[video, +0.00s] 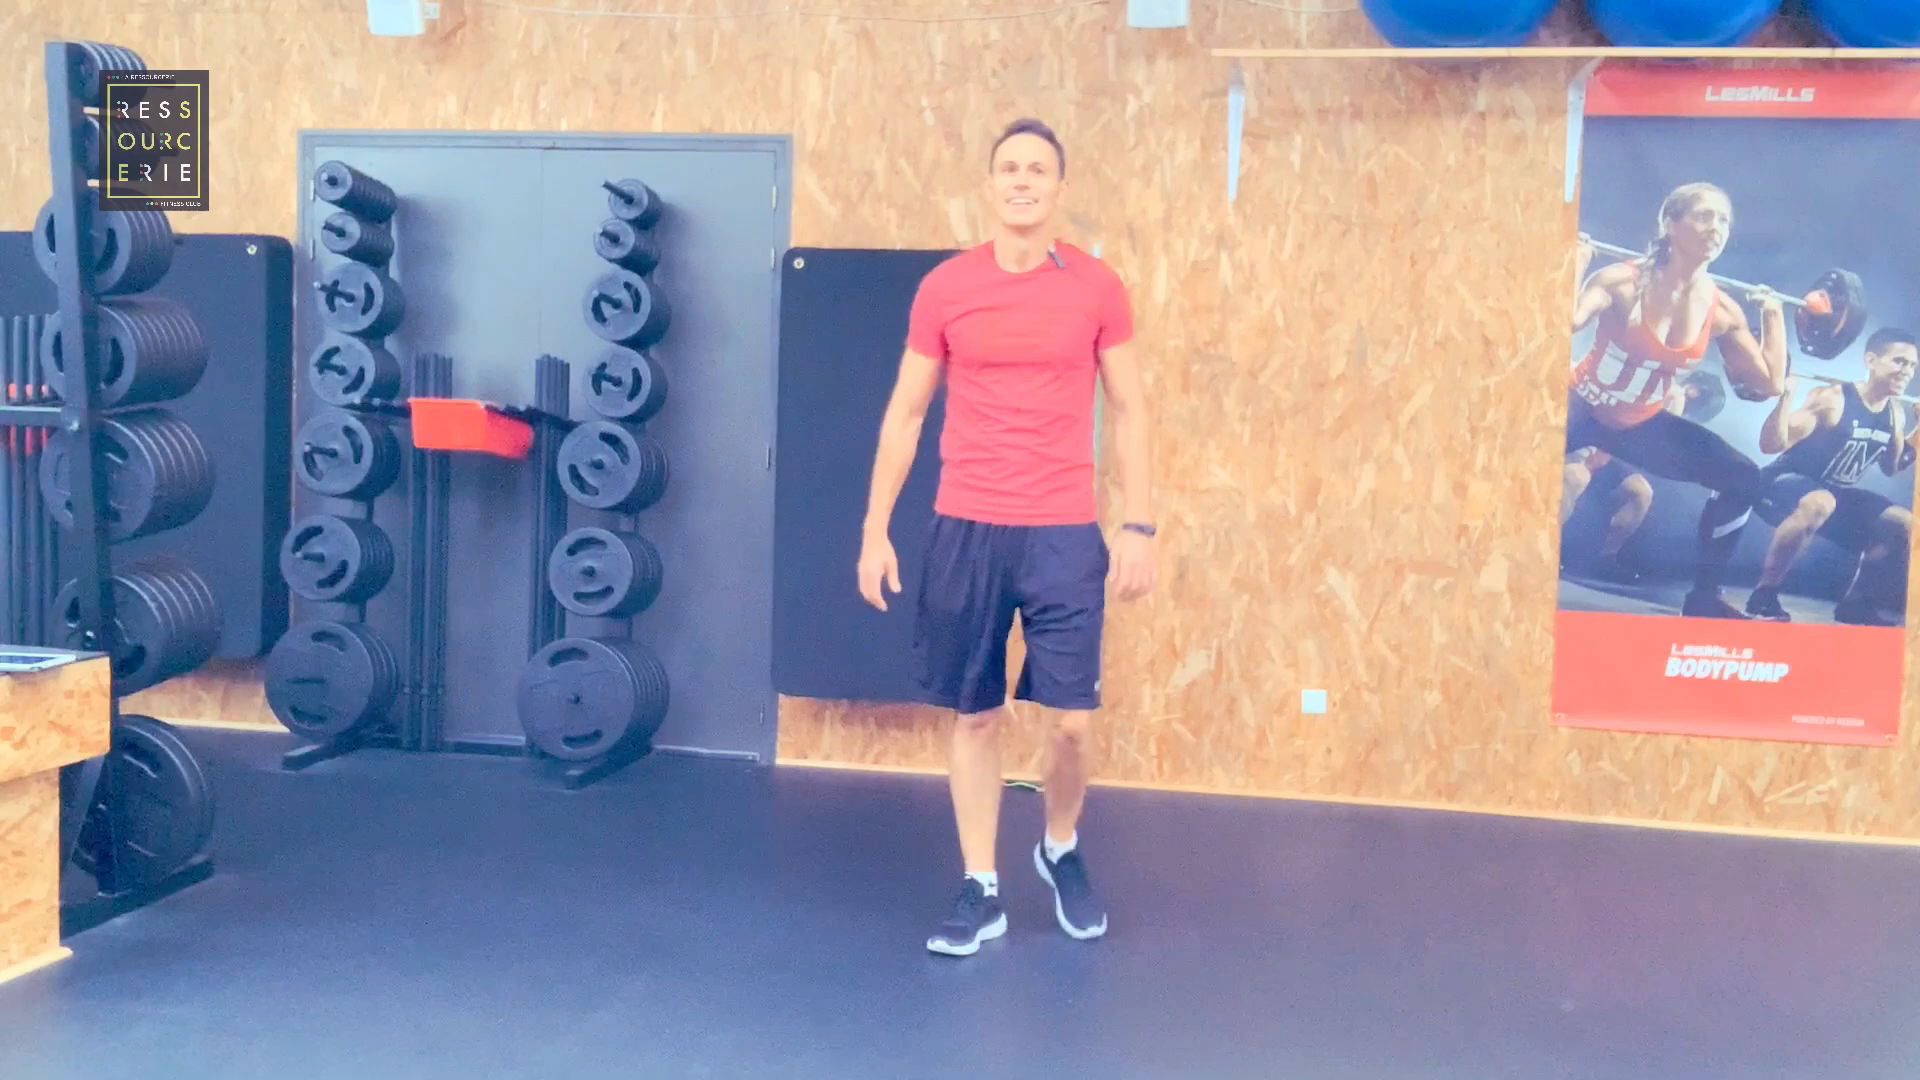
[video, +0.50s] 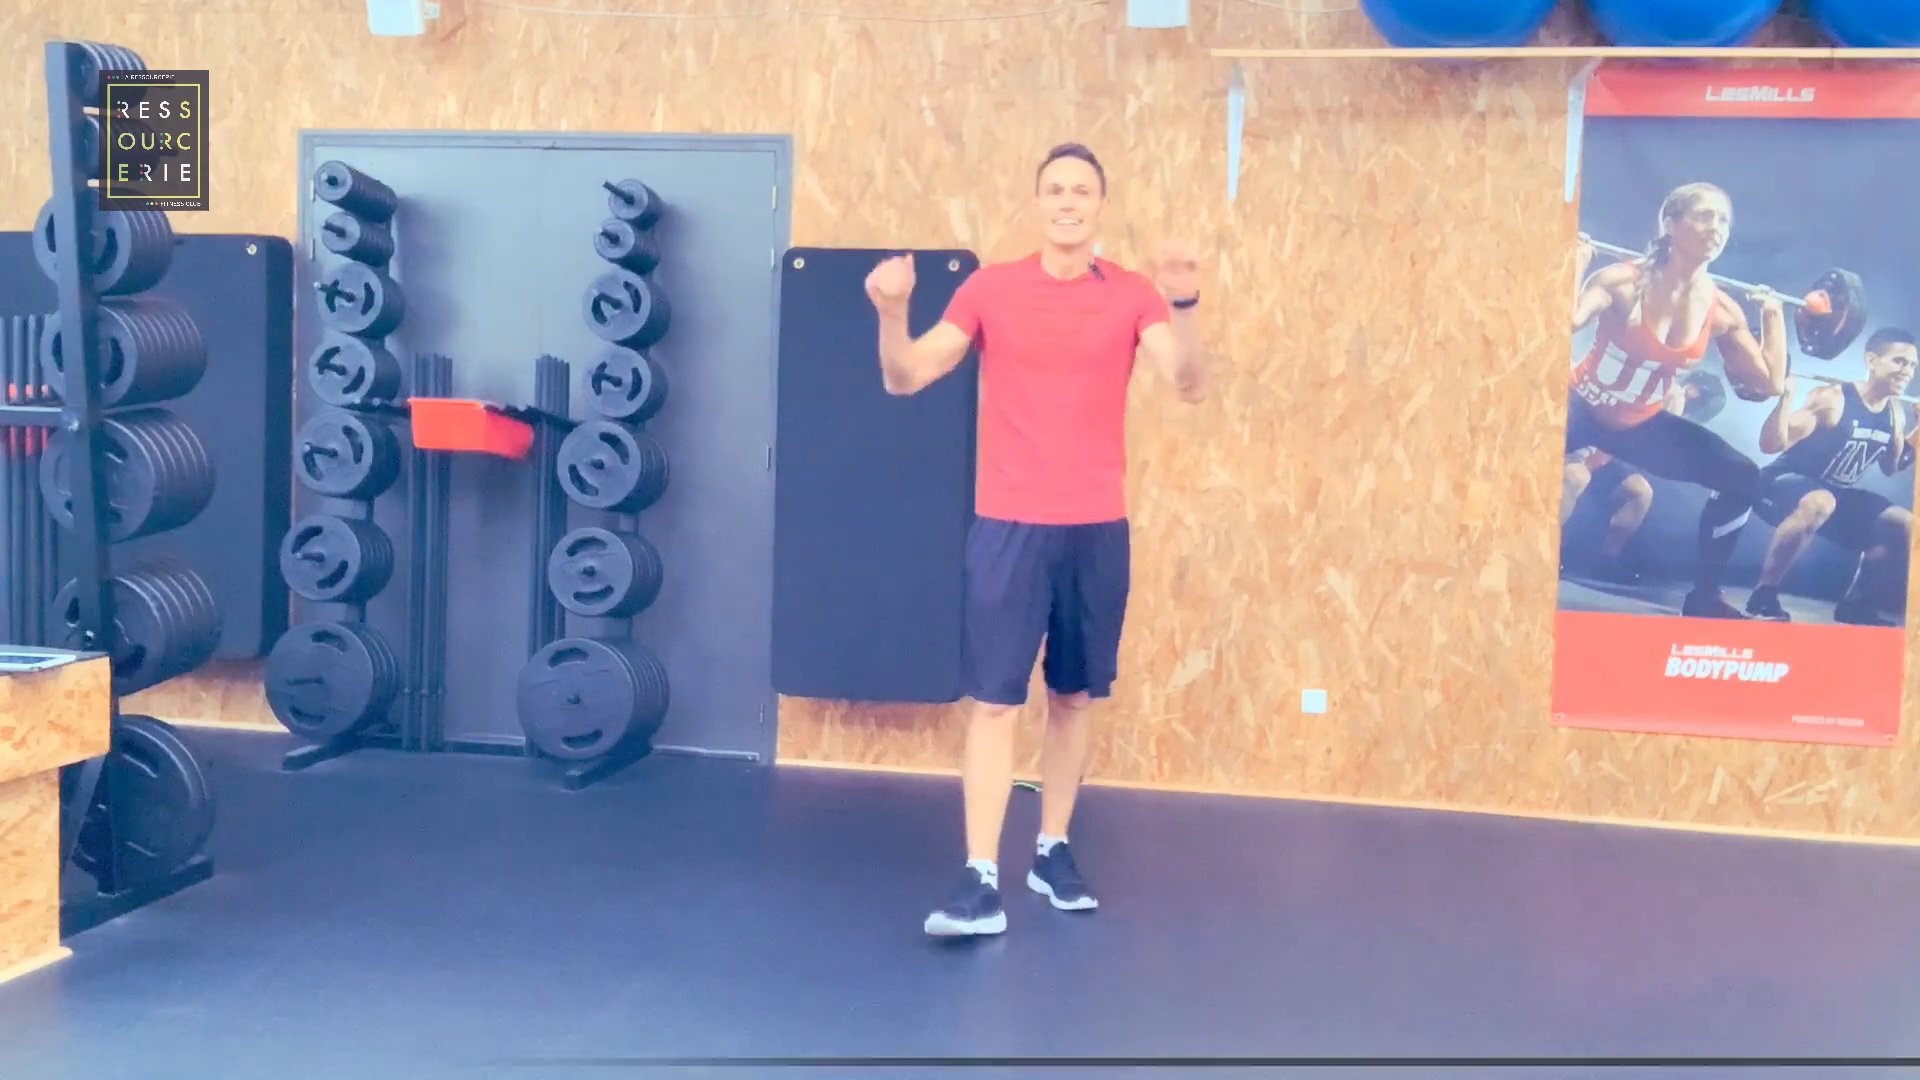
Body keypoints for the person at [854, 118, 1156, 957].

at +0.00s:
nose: (1020, 182)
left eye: (1036, 171)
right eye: (1008, 169)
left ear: (1062, 190)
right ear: (986, 187)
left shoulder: (1097, 287)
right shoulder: (945, 286)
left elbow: (1128, 409)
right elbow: (905, 412)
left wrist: (1137, 523)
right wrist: (875, 530)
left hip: (1066, 534)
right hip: (965, 531)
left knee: (1070, 721)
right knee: (975, 714)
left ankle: (1061, 850)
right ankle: (980, 888)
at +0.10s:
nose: (1025, 184)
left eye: (1041, 173)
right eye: (1013, 171)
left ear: (1065, 192)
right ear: (990, 188)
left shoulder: (1099, 286)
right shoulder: (951, 286)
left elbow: (1134, 400)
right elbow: (905, 408)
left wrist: (1145, 500)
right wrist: (876, 515)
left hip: (1067, 531)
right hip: (968, 527)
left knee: (1069, 716)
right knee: (976, 709)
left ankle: (1061, 833)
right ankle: (979, 887)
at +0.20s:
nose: (1032, 190)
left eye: (1047, 179)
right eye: (1021, 178)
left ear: (1072, 197)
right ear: (1002, 193)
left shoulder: (1109, 290)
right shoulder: (961, 290)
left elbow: (1157, 397)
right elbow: (910, 396)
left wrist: (1158, 431)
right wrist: (871, 470)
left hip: (1074, 531)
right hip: (979, 527)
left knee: (1069, 709)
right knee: (981, 706)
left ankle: (1059, 839)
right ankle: (979, 886)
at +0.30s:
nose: (1046, 195)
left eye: (1060, 183)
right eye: (1034, 182)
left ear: (1084, 199)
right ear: (1014, 195)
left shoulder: (1122, 289)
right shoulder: (972, 290)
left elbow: (1171, 412)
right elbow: (912, 394)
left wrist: (1177, 373)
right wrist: (863, 402)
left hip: (1084, 525)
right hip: (991, 522)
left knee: (1067, 702)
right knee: (987, 703)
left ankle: (1054, 846)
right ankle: (978, 886)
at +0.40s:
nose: (1058, 201)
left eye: (1072, 190)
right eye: (1046, 189)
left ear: (1095, 205)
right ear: (1025, 203)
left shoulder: (1127, 291)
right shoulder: (983, 288)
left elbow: (1180, 393)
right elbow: (907, 390)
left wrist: (1180, 318)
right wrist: (877, 345)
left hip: (1092, 524)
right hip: (1003, 523)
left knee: (1067, 703)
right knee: (992, 704)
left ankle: (1053, 852)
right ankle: (978, 884)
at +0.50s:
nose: (1068, 203)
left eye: (1081, 192)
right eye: (1056, 191)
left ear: (1103, 208)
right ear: (1035, 205)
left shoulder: (1133, 292)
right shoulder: (990, 287)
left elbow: (1189, 384)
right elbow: (906, 377)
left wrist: (1185, 305)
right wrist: (891, 312)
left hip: (1096, 524)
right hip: (1007, 523)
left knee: (1071, 696)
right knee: (995, 698)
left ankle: (1052, 851)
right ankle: (981, 881)